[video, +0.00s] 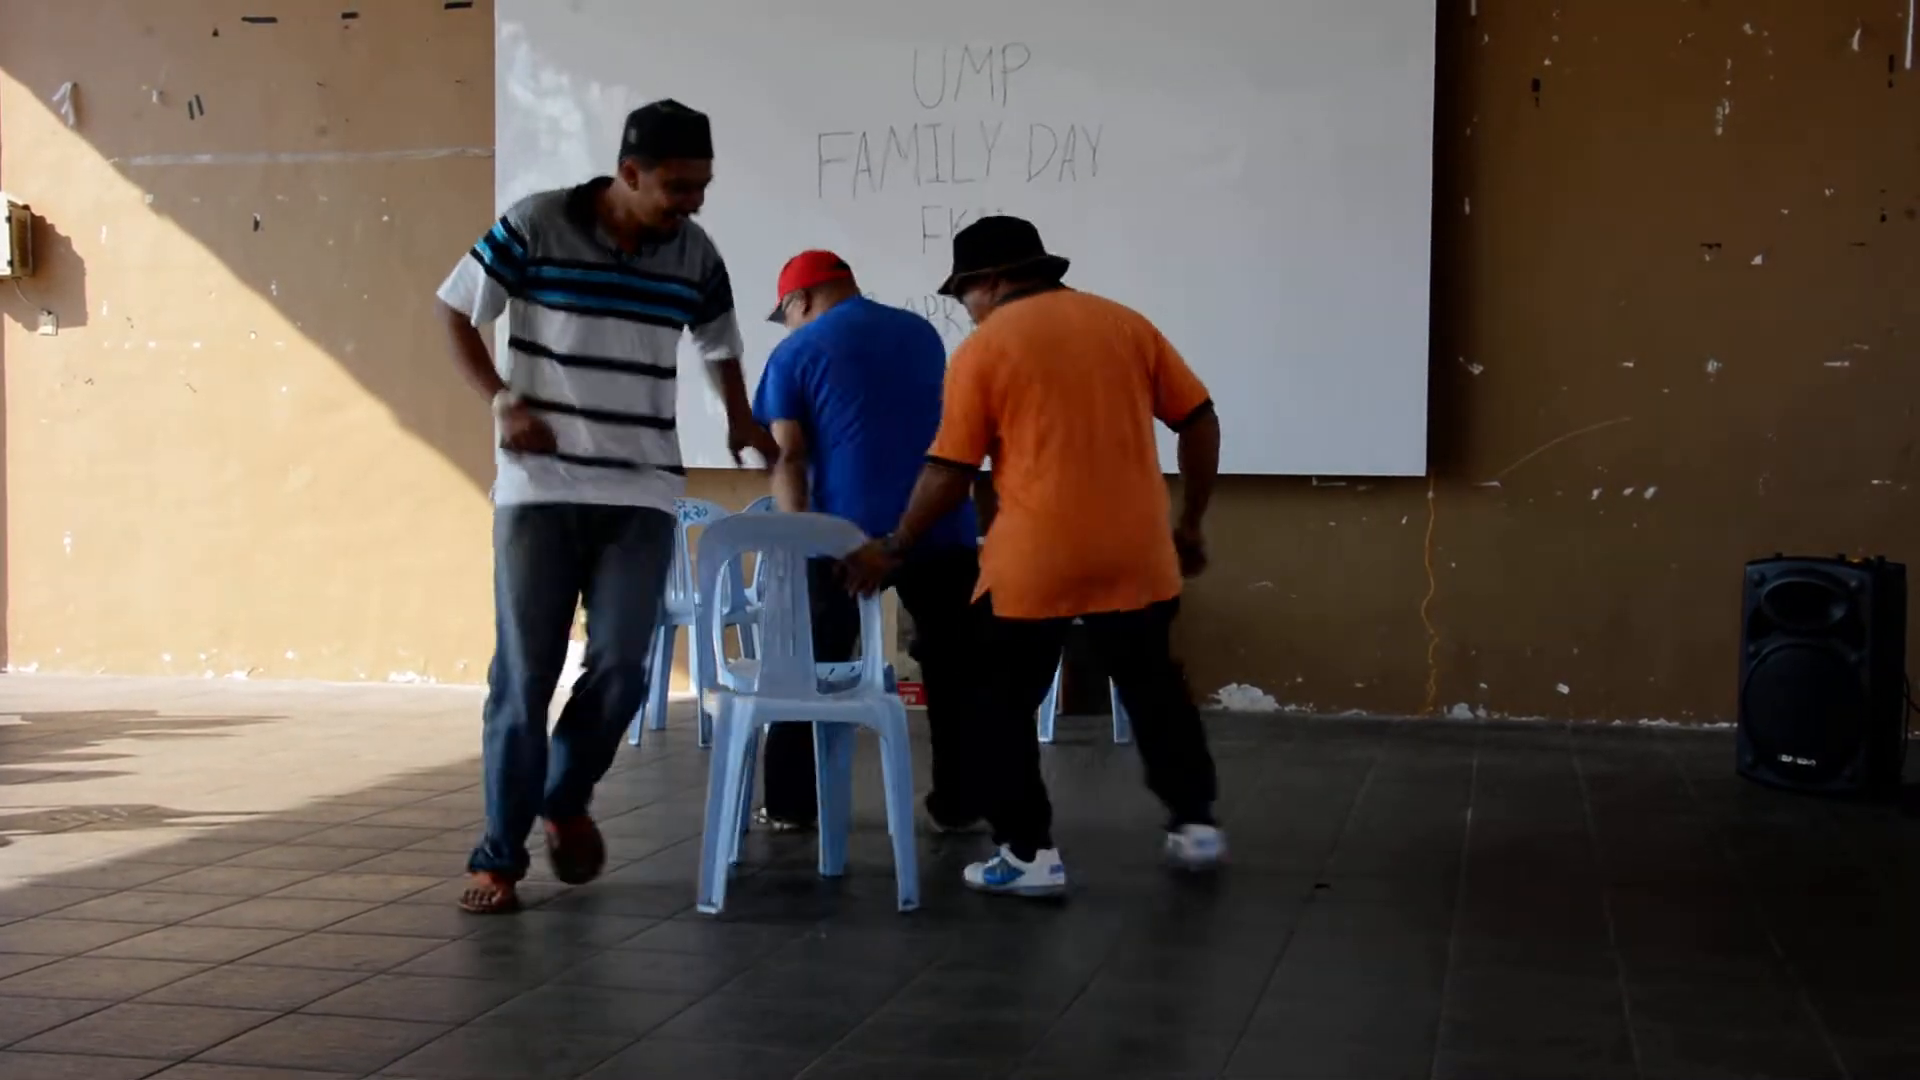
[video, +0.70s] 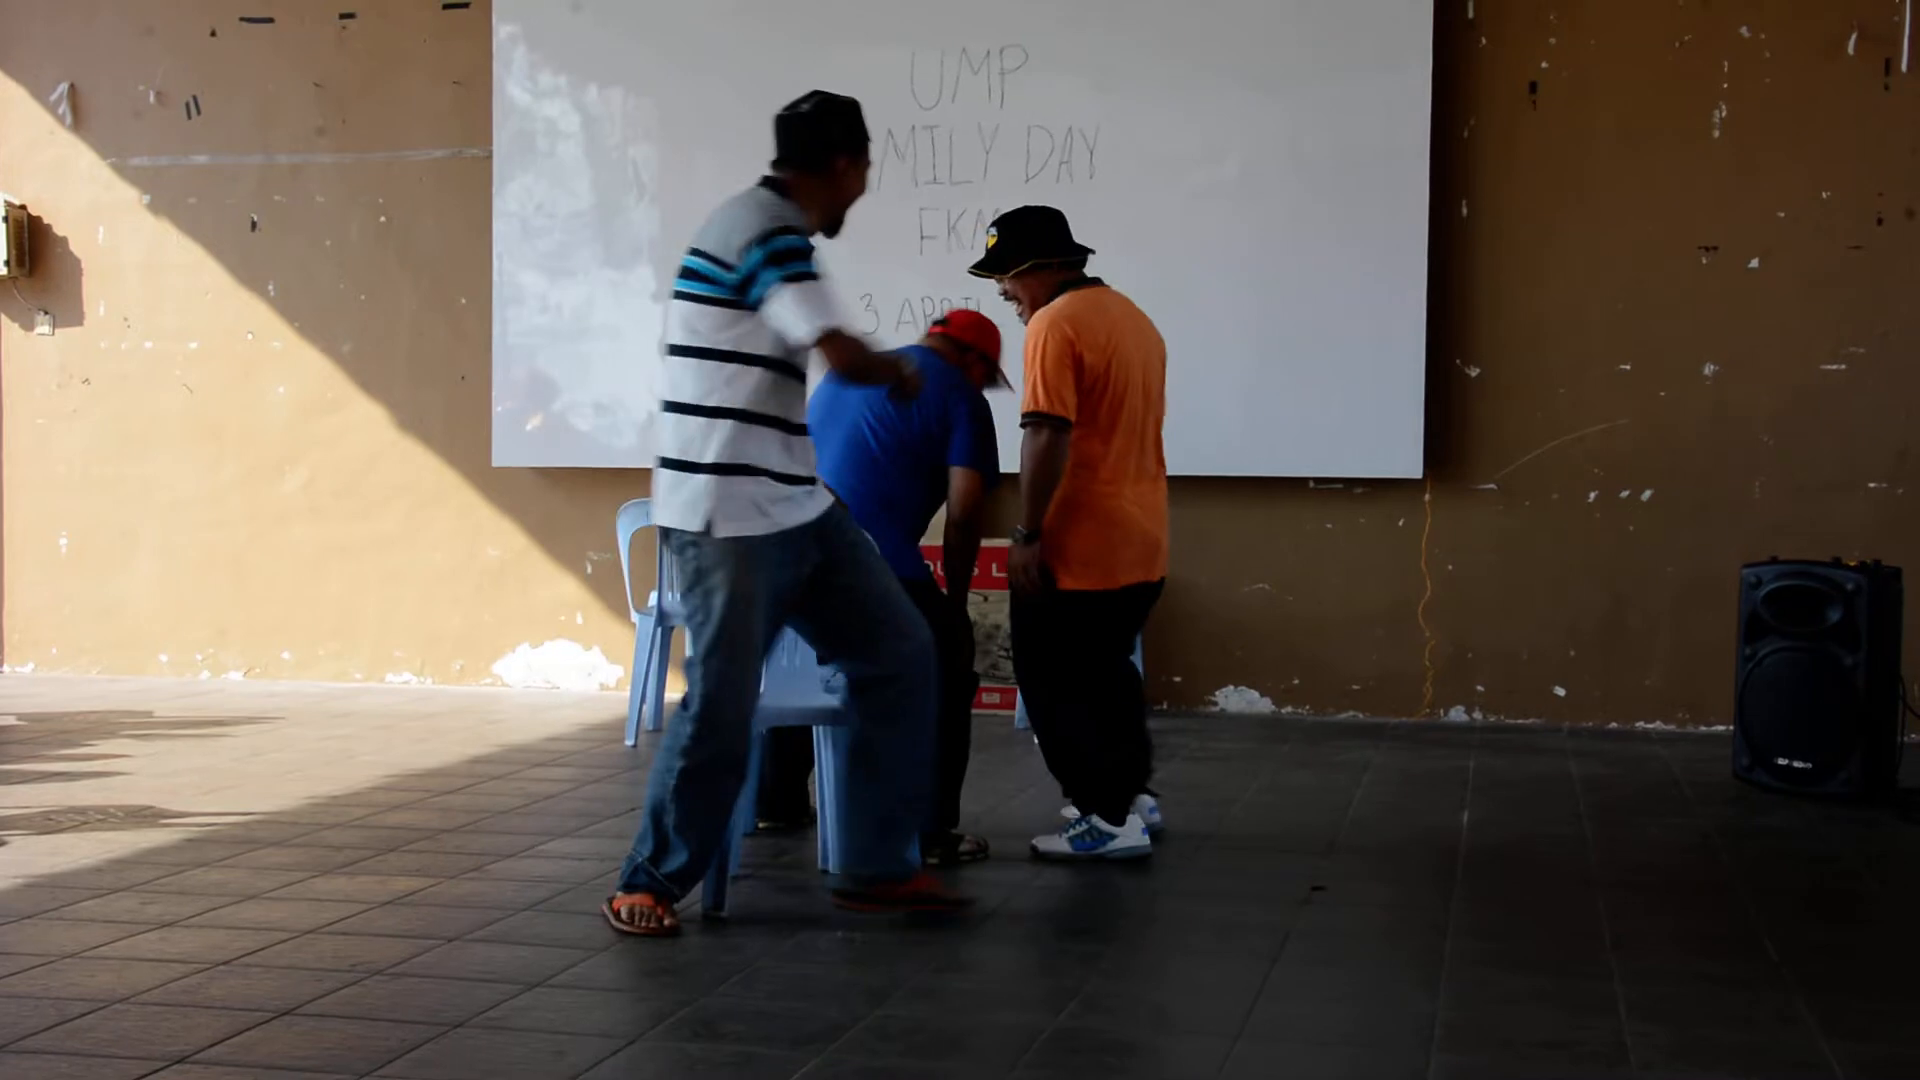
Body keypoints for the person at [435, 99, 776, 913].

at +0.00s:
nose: (692, 206)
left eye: (700, 190)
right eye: (679, 191)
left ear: (703, 178)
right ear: (629, 173)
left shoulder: (696, 257)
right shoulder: (538, 224)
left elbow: (722, 349)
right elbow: (459, 312)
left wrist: (741, 418)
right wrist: (500, 398)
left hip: (641, 491)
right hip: (540, 484)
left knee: (624, 665)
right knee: (524, 673)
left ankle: (566, 797)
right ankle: (497, 856)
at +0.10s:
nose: (710, 221)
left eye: (717, 205)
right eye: (698, 205)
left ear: (714, 193)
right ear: (647, 188)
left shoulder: (700, 262)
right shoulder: (556, 242)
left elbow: (702, 360)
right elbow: (468, 327)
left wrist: (749, 430)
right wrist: (496, 443)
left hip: (663, 501)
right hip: (560, 500)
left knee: (676, 642)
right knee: (527, 683)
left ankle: (590, 831)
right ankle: (503, 857)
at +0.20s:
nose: (747, 228)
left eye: (752, 213)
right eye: (738, 212)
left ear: (716, 201)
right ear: (689, 195)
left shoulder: (719, 268)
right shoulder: (586, 245)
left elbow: (701, 363)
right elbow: (490, 331)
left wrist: (761, 441)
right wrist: (505, 446)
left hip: (693, 513)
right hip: (585, 516)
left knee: (737, 671)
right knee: (549, 700)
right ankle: (511, 859)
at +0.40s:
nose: (820, 218)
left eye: (825, 202)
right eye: (816, 200)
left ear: (782, 188)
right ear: (769, 183)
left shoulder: (772, 258)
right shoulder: (662, 240)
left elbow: (746, 386)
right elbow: (562, 321)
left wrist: (784, 486)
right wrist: (600, 418)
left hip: (775, 526)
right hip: (676, 533)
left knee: (840, 687)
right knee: (645, 704)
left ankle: (798, 895)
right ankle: (546, 850)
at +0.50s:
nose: (840, 191)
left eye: (843, 173)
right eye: (836, 172)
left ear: (793, 166)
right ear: (799, 166)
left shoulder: (784, 255)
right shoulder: (689, 224)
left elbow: (763, 376)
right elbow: (627, 328)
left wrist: (787, 458)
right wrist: (712, 411)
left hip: (785, 509)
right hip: (700, 512)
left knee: (845, 684)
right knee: (692, 702)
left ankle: (807, 889)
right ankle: (637, 879)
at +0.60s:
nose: (852, 182)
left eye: (852, 164)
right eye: (848, 163)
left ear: (795, 157)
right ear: (817, 161)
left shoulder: (769, 241)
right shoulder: (725, 228)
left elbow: (737, 366)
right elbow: (730, 353)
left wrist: (782, 462)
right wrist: (833, 407)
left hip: (786, 504)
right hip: (709, 510)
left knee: (875, 659)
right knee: (708, 700)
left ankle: (820, 861)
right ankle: (648, 882)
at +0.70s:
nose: (863, 188)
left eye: (864, 170)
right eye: (861, 169)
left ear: (795, 160)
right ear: (832, 166)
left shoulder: (760, 227)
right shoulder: (762, 227)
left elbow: (736, 375)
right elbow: (837, 353)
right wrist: (894, 366)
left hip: (795, 508)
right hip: (720, 517)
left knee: (897, 655)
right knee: (721, 706)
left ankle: (876, 868)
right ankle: (650, 882)